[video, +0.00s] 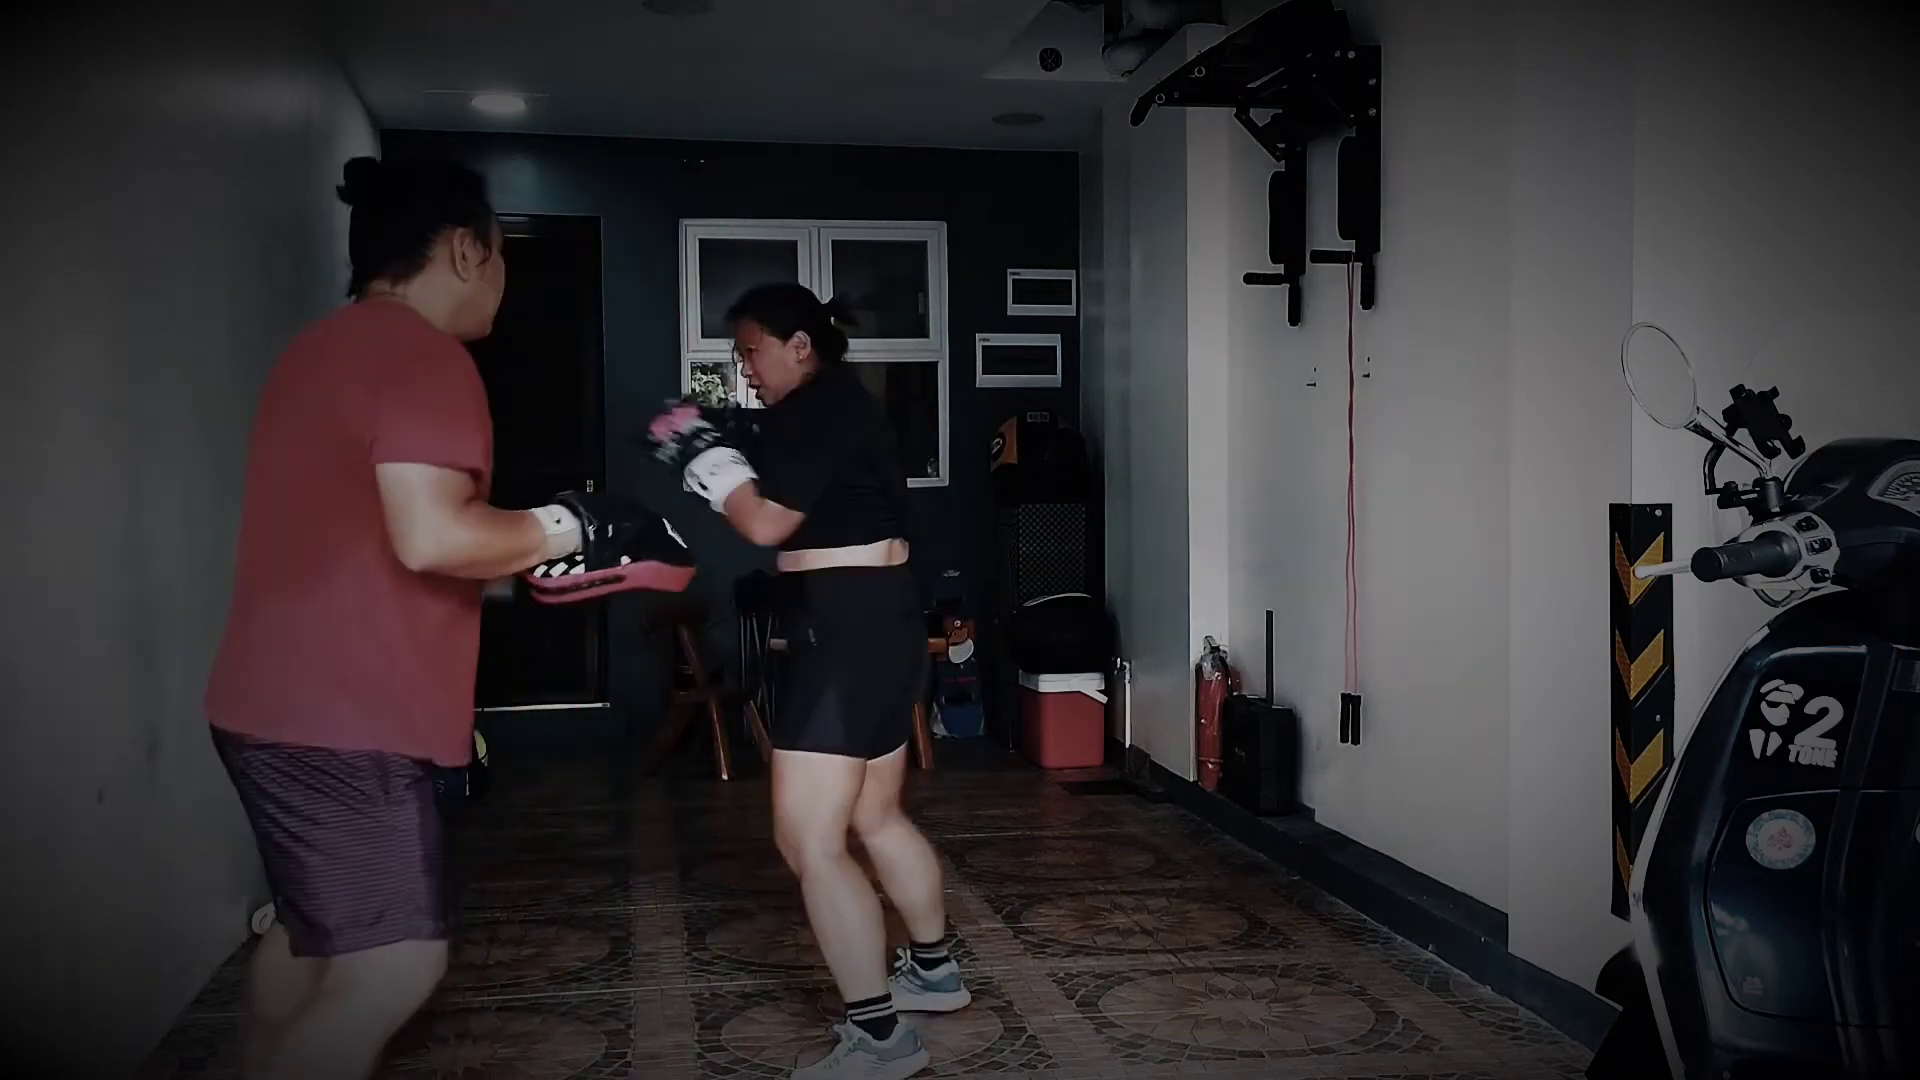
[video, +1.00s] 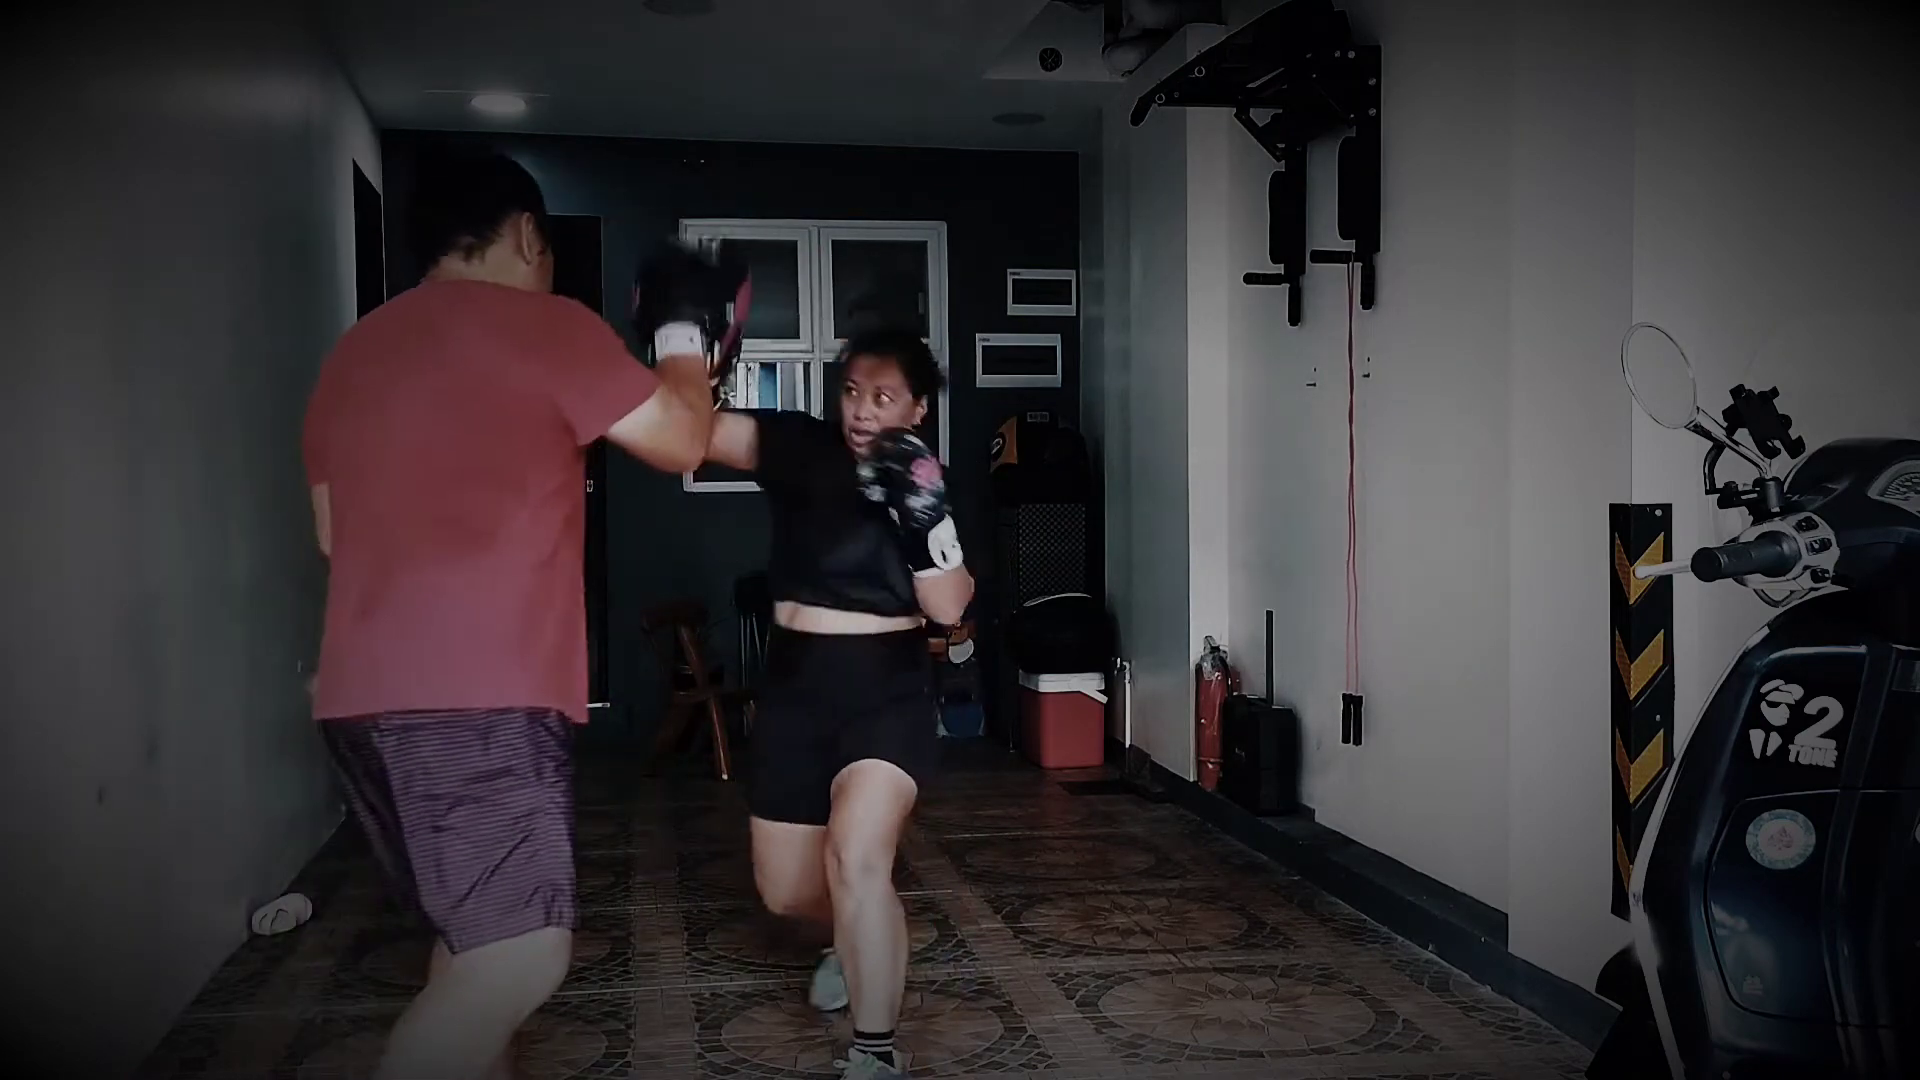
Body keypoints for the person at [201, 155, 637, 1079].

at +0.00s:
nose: (500, 280)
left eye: (501, 258)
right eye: (498, 255)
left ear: (383, 251)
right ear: (459, 249)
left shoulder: (322, 351)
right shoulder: (421, 357)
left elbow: (368, 532)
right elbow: (433, 534)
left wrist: (509, 565)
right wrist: (567, 524)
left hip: (285, 712)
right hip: (347, 725)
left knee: (305, 940)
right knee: (397, 960)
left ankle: (263, 1075)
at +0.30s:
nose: (473, 294)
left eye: (473, 272)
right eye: (471, 268)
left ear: (366, 250)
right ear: (440, 252)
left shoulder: (299, 354)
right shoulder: (394, 360)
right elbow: (533, 506)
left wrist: (561, 423)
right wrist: (559, 395)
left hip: (265, 735)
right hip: (331, 748)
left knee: (311, 981)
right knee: (373, 994)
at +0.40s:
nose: (476, 272)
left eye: (475, 251)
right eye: (473, 247)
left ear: (361, 231)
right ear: (441, 234)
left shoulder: (289, 334)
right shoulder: (407, 332)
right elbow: (556, 470)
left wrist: (558, 383)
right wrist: (565, 363)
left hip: (260, 721)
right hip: (332, 729)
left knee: (323, 978)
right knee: (354, 985)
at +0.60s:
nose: (488, 271)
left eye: (488, 252)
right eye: (487, 249)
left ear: (372, 228)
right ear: (462, 230)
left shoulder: (282, 341)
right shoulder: (457, 325)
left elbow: (241, 527)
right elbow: (593, 455)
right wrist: (598, 344)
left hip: (277, 710)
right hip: (378, 717)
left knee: (436, 895)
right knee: (333, 984)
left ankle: (452, 1077)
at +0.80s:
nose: (523, 292)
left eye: (520, 275)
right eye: (520, 270)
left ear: (409, 259)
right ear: (496, 250)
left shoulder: (339, 366)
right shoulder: (488, 339)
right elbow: (636, 459)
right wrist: (635, 356)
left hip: (360, 713)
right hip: (437, 717)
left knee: (481, 966)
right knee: (479, 973)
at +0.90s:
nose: (537, 279)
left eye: (533, 262)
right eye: (534, 259)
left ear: (422, 253)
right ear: (510, 243)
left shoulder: (347, 363)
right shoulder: (519, 337)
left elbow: (325, 533)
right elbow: (662, 452)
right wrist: (650, 334)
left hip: (364, 701)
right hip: (462, 703)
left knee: (489, 945)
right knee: (517, 952)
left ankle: (491, 1064)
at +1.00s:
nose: (546, 265)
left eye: (541, 248)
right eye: (541, 246)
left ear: (428, 244)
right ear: (515, 234)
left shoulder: (350, 353)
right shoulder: (547, 328)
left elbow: (332, 534)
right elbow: (684, 441)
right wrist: (686, 341)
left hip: (357, 691)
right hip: (481, 686)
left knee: (467, 935)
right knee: (519, 952)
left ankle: (477, 1066)